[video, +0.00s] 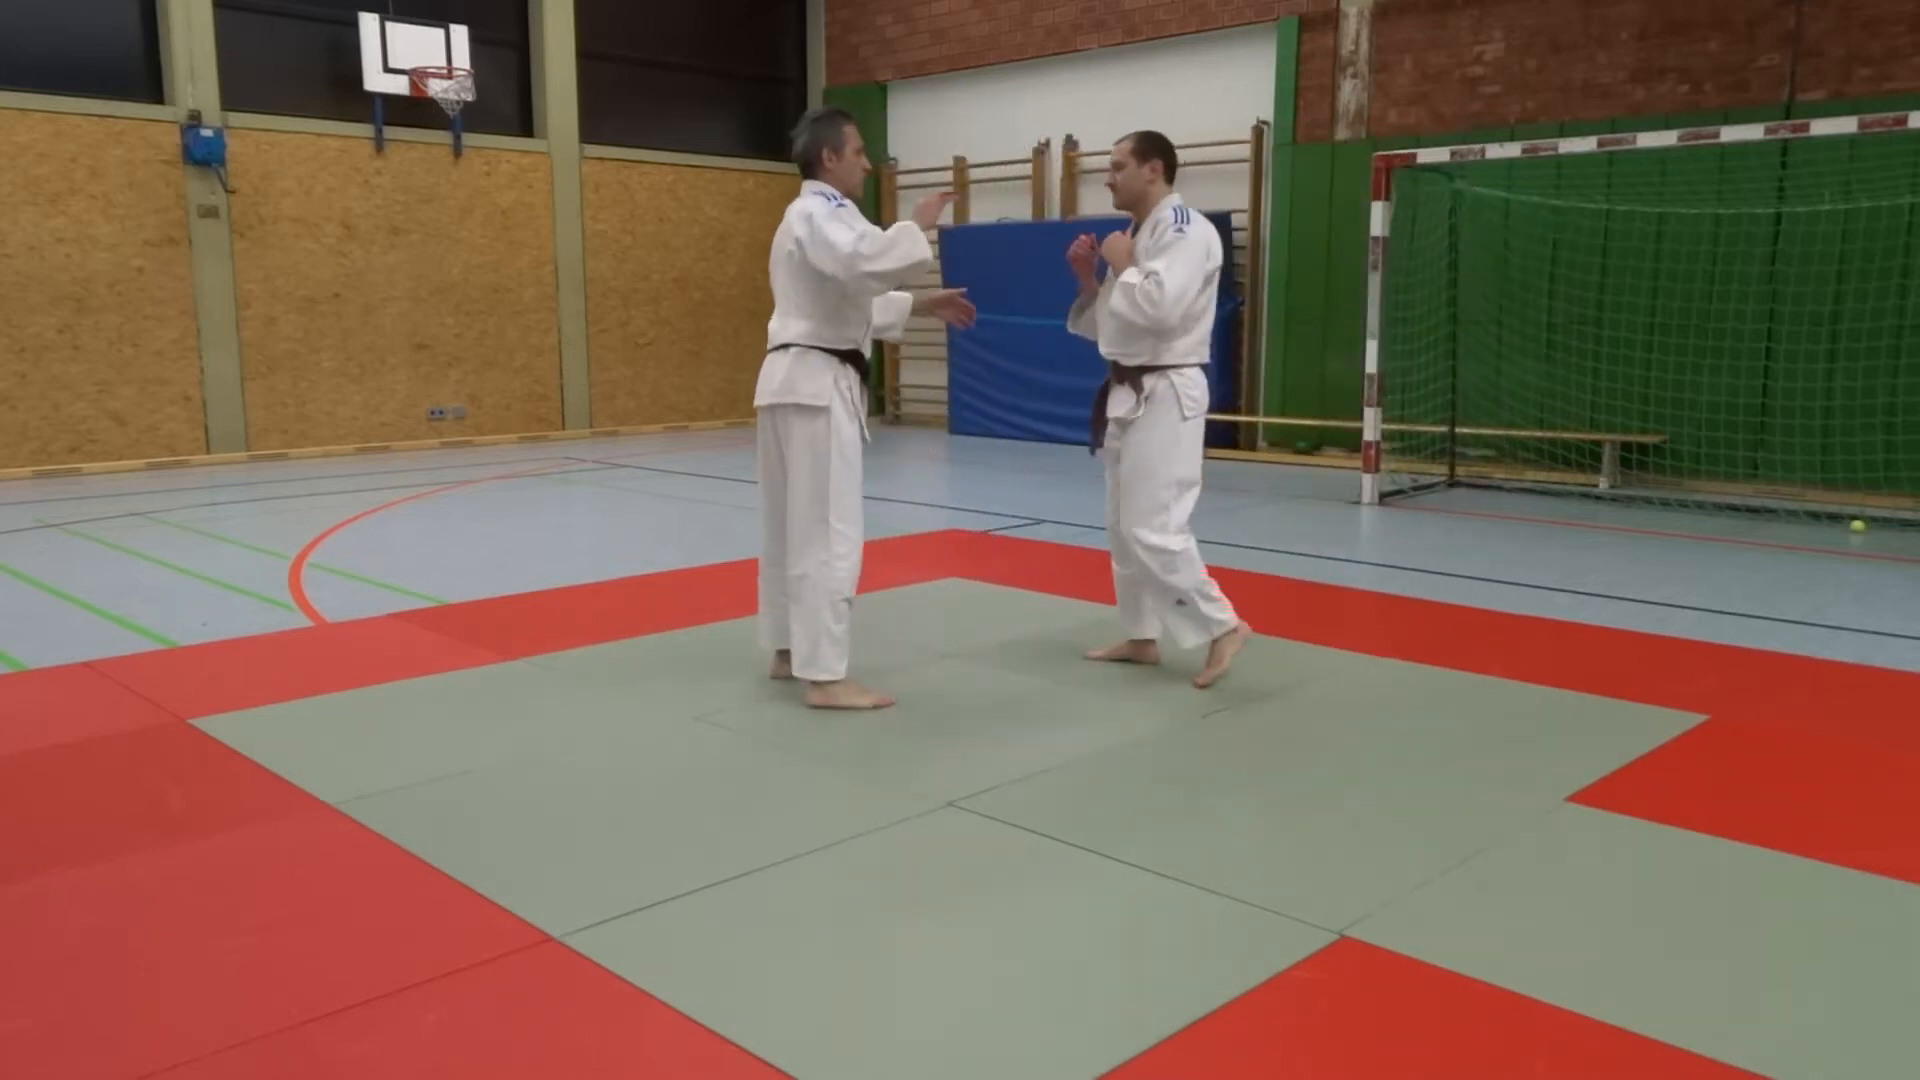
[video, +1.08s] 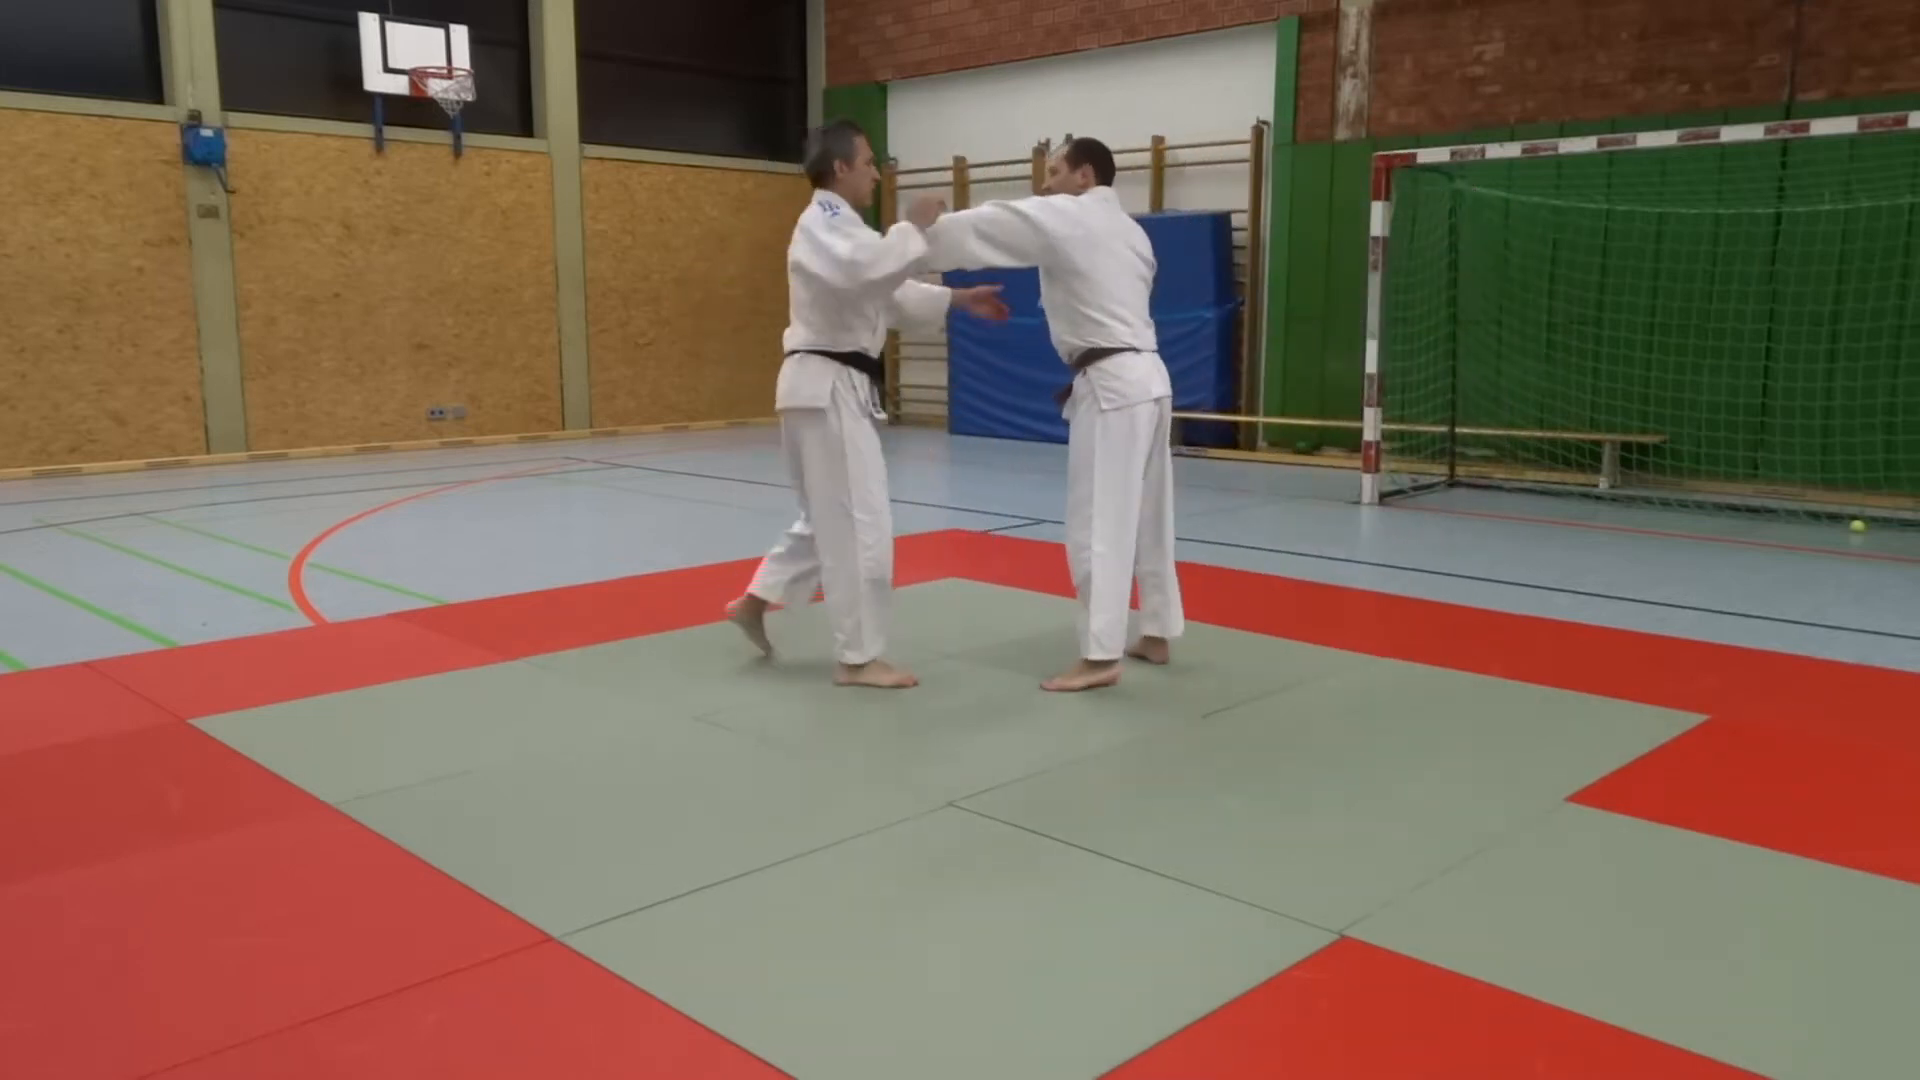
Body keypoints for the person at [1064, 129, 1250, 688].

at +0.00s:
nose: (1109, 177)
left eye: (1118, 167)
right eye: (1110, 169)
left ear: (1154, 172)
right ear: (1146, 175)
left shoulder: (1190, 231)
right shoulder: (1139, 237)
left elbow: (1157, 308)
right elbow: (1110, 327)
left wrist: (1122, 267)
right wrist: (1089, 284)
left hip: (1169, 392)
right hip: (1128, 393)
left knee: (1148, 525)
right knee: (1124, 524)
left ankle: (1225, 628)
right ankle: (1141, 639)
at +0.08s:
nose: (1096, 182)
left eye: (1104, 171)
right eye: (1095, 172)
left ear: (1139, 172)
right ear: (1130, 174)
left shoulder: (1177, 231)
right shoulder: (1126, 239)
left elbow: (1141, 304)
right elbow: (1091, 324)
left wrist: (1101, 271)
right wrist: (1082, 272)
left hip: (1160, 392)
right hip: (1122, 392)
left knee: (1125, 521)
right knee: (1116, 520)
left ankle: (1182, 632)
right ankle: (1143, 635)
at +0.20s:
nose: (1075, 185)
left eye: (1083, 173)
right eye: (1074, 175)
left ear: (1119, 174)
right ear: (1114, 177)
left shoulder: (1144, 226)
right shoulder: (1113, 232)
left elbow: (1089, 291)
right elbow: (1085, 317)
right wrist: (1068, 263)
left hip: (1147, 390)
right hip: (1128, 388)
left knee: (1107, 519)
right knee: (1132, 516)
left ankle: (1103, 655)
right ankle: (1140, 636)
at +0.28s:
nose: (1063, 183)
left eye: (1071, 173)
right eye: (1064, 173)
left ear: (1104, 176)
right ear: (1106, 180)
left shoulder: (1110, 225)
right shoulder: (1123, 226)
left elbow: (1027, 262)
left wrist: (920, 274)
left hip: (1140, 393)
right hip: (1149, 389)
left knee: (1108, 521)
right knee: (1139, 516)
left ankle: (1100, 657)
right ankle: (1140, 635)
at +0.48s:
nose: (1037, 186)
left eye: (1044, 176)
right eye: (1038, 176)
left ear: (1075, 176)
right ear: (1088, 178)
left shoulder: (1059, 227)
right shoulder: (1134, 227)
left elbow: (961, 257)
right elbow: (1066, 299)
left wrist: (877, 278)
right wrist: (977, 291)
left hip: (1123, 392)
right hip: (1166, 384)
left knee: (1094, 519)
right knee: (1150, 517)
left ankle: (1099, 660)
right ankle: (1144, 636)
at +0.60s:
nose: (1037, 185)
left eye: (1042, 175)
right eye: (1038, 175)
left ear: (1073, 173)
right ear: (1091, 176)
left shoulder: (1051, 220)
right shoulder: (1139, 226)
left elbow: (958, 235)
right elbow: (1137, 305)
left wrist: (869, 256)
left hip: (1117, 387)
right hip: (1162, 381)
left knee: (1096, 521)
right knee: (1150, 517)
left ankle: (1101, 661)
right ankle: (1143, 635)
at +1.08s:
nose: (1048, 182)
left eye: (1055, 172)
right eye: (1050, 173)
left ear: (1085, 174)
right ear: (1099, 177)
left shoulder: (1061, 215)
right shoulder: (1131, 228)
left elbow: (978, 225)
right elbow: (1128, 311)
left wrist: (913, 238)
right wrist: (1085, 374)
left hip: (1111, 383)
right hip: (1152, 380)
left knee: (1097, 521)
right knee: (1149, 516)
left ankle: (1101, 657)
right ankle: (1156, 635)